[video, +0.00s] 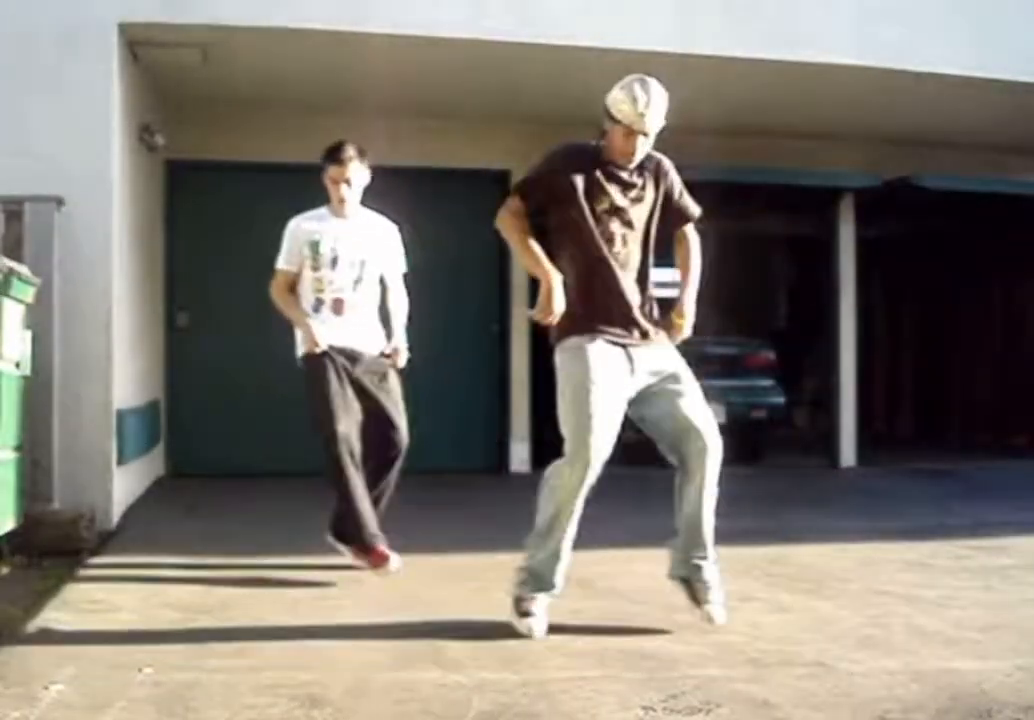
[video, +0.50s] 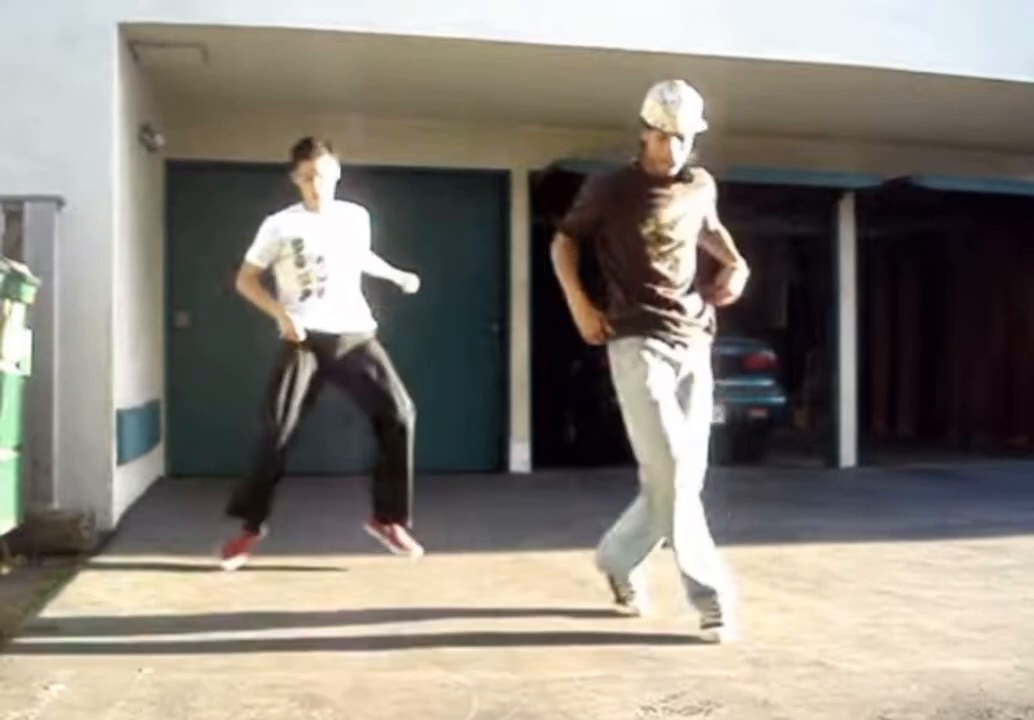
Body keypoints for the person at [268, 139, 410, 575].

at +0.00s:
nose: (343, 189)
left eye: (351, 181)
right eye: (336, 181)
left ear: (365, 181)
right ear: (325, 181)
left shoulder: (385, 231)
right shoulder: (302, 228)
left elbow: (396, 290)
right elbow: (280, 288)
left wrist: (398, 335)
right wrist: (304, 325)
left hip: (373, 348)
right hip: (326, 347)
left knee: (394, 438)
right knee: (343, 439)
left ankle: (350, 525)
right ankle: (369, 538)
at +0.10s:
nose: (317, 186)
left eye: (324, 177)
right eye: (309, 177)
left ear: (337, 176)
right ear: (296, 177)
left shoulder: (356, 224)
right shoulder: (275, 227)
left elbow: (369, 278)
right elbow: (248, 288)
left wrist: (370, 322)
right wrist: (274, 320)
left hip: (347, 340)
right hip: (300, 343)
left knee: (399, 409)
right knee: (292, 436)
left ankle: (390, 520)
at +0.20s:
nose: (294, 203)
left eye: (300, 193)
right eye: (285, 194)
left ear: (308, 194)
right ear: (268, 195)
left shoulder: (324, 240)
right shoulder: (248, 249)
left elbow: (328, 295)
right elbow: (223, 311)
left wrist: (341, 334)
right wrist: (252, 344)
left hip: (327, 364)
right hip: (279, 370)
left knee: (382, 432)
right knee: (240, 457)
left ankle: (435, 529)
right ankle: (178, 535)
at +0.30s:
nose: (284, 213)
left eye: (290, 205)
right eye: (275, 205)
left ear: (298, 209)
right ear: (257, 210)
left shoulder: (313, 256)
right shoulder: (238, 267)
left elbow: (310, 311)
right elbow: (206, 325)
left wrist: (329, 346)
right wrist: (239, 363)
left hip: (313, 380)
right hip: (263, 384)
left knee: (371, 457)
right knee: (228, 468)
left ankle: (440, 531)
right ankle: (176, 541)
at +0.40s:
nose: (286, 204)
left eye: (292, 195)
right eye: (277, 196)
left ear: (300, 196)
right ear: (260, 199)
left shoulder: (317, 239)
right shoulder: (246, 252)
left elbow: (316, 287)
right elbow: (211, 309)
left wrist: (349, 300)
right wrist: (250, 341)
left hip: (329, 364)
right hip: (278, 369)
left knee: (374, 442)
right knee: (237, 451)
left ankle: (417, 536)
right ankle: (184, 537)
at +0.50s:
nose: (316, 185)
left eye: (323, 176)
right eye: (307, 177)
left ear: (336, 176)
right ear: (295, 180)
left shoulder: (355, 218)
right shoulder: (278, 226)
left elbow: (360, 258)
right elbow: (245, 281)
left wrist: (397, 276)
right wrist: (279, 313)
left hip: (356, 338)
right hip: (305, 340)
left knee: (399, 416)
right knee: (277, 432)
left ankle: (388, 520)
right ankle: (251, 529)